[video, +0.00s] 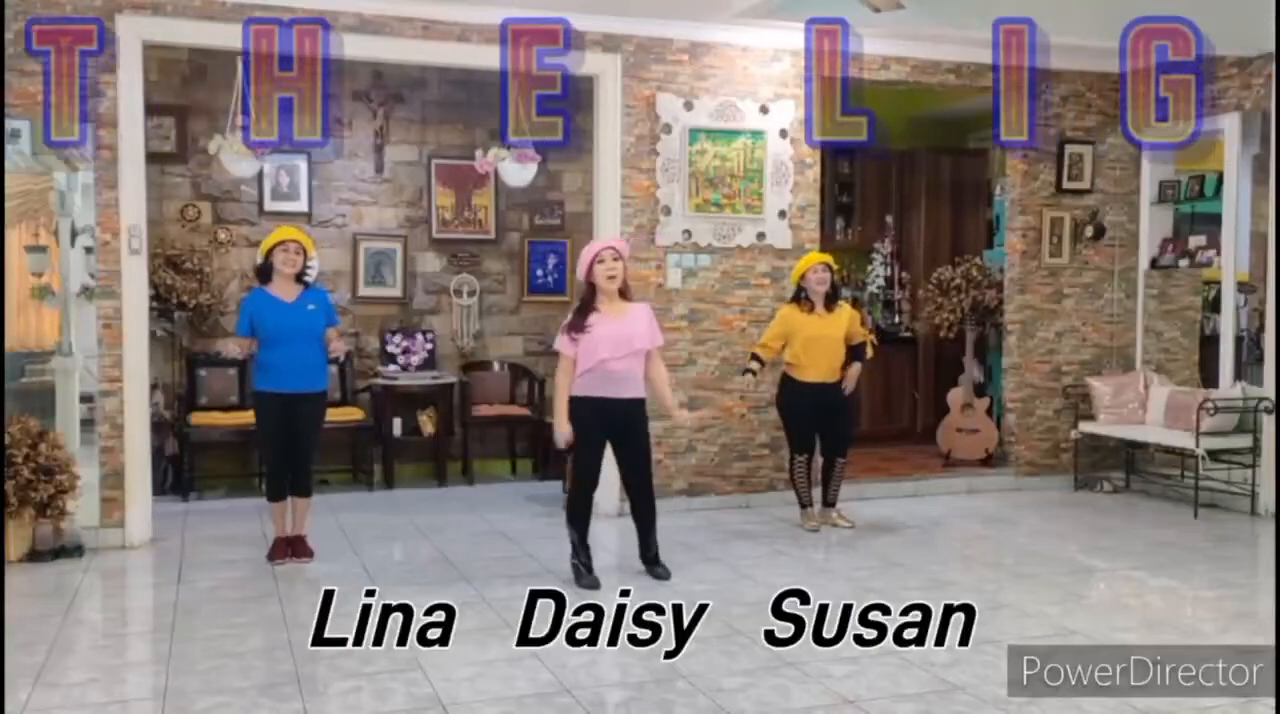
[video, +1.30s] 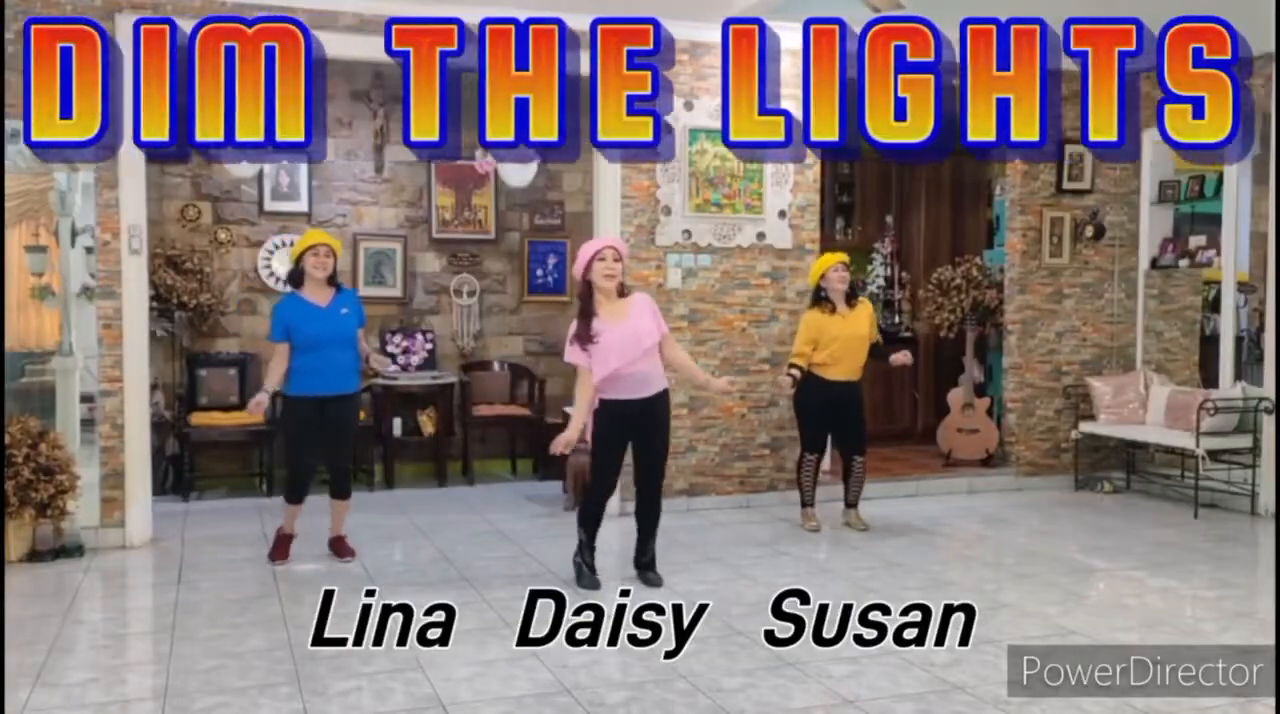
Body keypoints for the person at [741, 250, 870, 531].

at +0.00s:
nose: (820, 276)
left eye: (825, 270)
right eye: (814, 271)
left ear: (832, 278)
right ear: (802, 280)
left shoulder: (845, 313)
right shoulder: (790, 313)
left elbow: (861, 342)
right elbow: (767, 345)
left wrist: (856, 367)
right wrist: (752, 368)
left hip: (833, 390)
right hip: (796, 389)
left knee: (837, 450)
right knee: (802, 450)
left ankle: (830, 508)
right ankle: (807, 510)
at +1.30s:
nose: (843, 274)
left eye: (845, 270)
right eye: (836, 271)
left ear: (850, 277)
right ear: (822, 281)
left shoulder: (864, 309)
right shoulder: (814, 316)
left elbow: (873, 345)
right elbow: (801, 353)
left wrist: (890, 356)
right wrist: (792, 375)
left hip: (849, 388)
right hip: (815, 387)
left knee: (855, 450)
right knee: (813, 449)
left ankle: (851, 509)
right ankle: (808, 509)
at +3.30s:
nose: (832, 281)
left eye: (832, 275)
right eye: (826, 277)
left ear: (834, 279)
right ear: (809, 284)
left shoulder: (847, 305)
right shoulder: (795, 320)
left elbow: (861, 337)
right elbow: (784, 357)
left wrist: (861, 365)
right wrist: (780, 373)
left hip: (835, 390)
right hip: (800, 389)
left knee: (847, 451)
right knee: (802, 452)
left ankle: (849, 509)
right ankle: (804, 512)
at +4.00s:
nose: (862, 277)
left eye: (866, 272)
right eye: (855, 273)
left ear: (870, 277)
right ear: (842, 280)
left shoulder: (879, 312)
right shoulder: (827, 309)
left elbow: (881, 353)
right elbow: (814, 351)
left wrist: (898, 370)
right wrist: (822, 378)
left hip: (866, 388)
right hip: (834, 388)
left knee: (864, 451)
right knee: (836, 452)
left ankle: (857, 510)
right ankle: (832, 510)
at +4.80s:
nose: (842, 277)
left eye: (846, 272)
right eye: (835, 273)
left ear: (852, 278)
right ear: (822, 281)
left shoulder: (861, 313)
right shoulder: (807, 313)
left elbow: (866, 350)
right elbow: (788, 349)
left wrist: (864, 380)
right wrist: (779, 380)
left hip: (844, 390)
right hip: (807, 388)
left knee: (851, 452)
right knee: (807, 452)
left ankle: (854, 510)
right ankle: (807, 513)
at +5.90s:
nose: (845, 278)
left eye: (848, 273)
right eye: (838, 273)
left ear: (852, 279)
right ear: (822, 280)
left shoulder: (862, 305)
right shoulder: (811, 317)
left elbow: (881, 332)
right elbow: (807, 358)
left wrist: (880, 365)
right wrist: (812, 392)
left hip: (861, 387)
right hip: (826, 388)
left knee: (862, 452)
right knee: (820, 453)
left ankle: (857, 511)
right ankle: (810, 512)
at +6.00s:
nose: (851, 279)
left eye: (854, 274)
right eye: (844, 274)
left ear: (857, 280)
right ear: (828, 281)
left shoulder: (867, 307)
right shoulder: (817, 318)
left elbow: (886, 333)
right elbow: (813, 360)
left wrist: (885, 365)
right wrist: (821, 393)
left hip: (866, 388)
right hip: (832, 388)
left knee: (866, 453)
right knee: (826, 453)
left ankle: (858, 512)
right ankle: (811, 512)